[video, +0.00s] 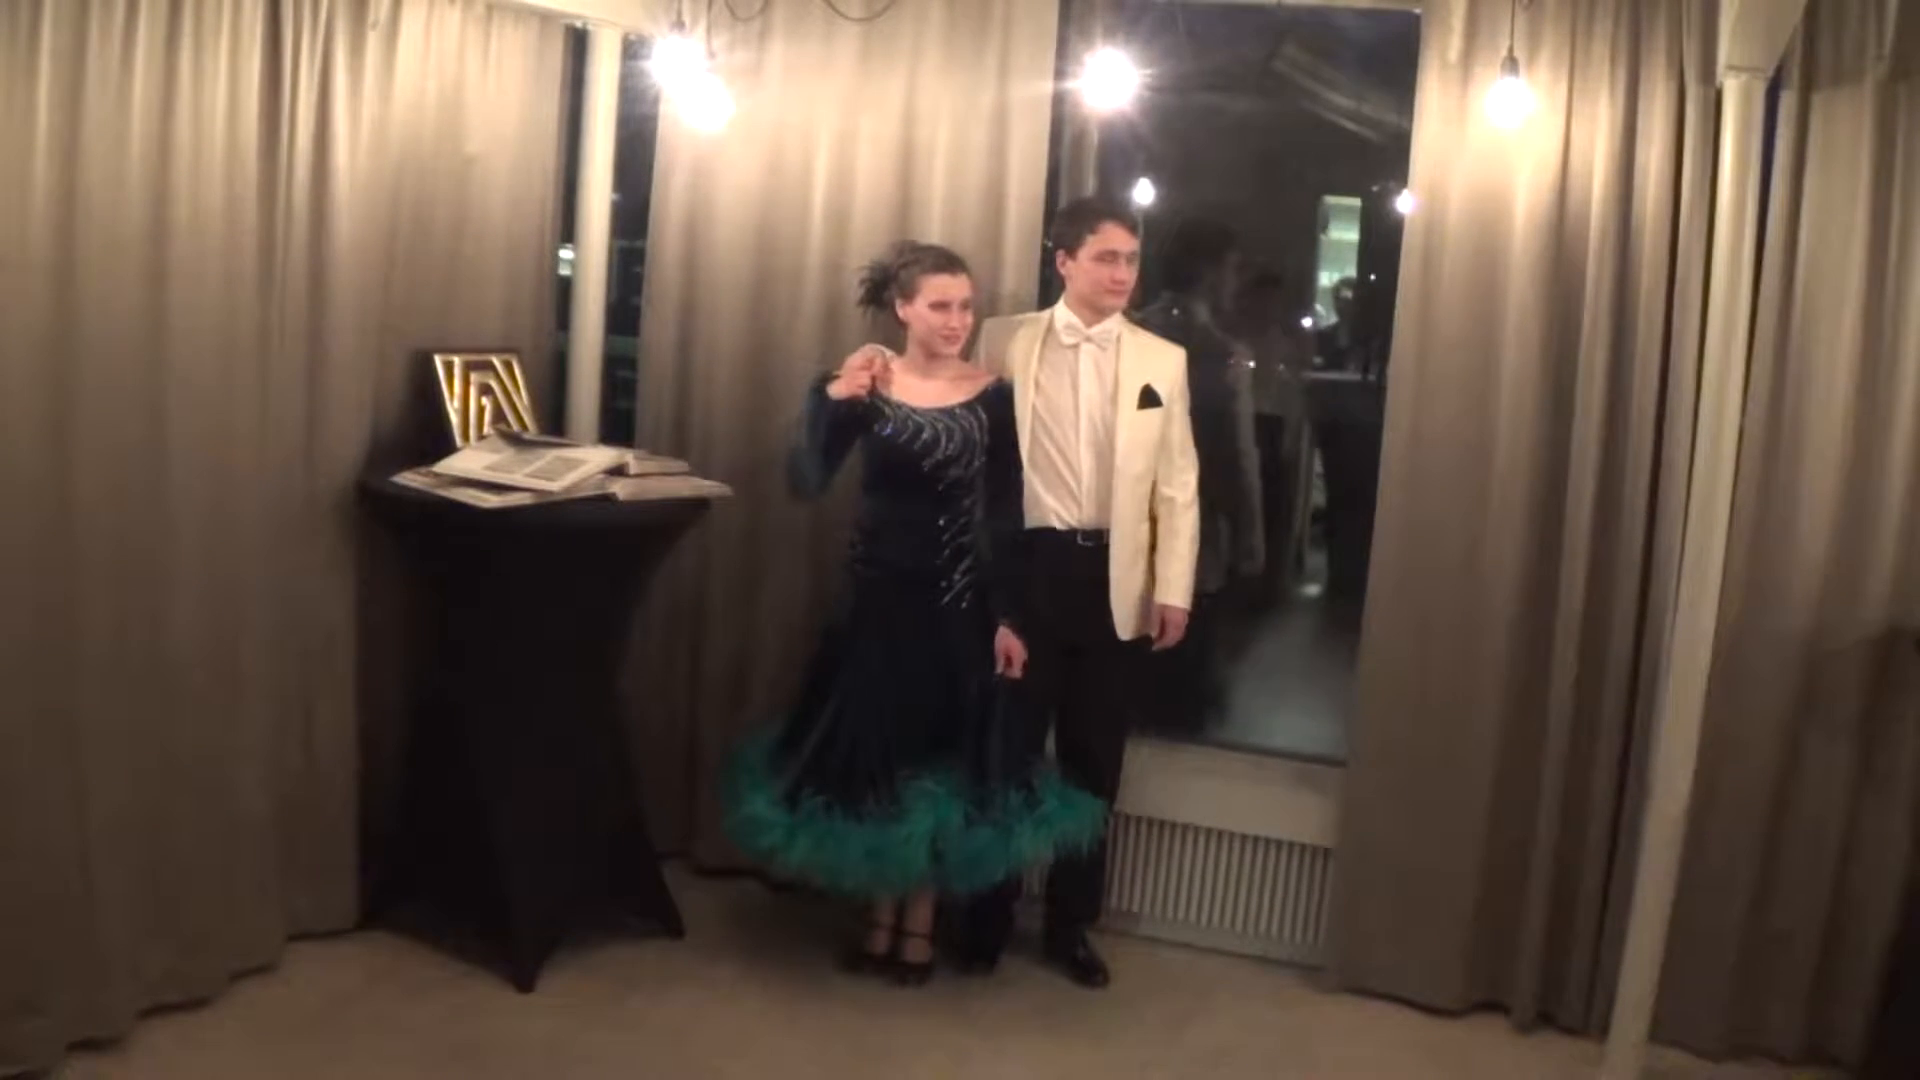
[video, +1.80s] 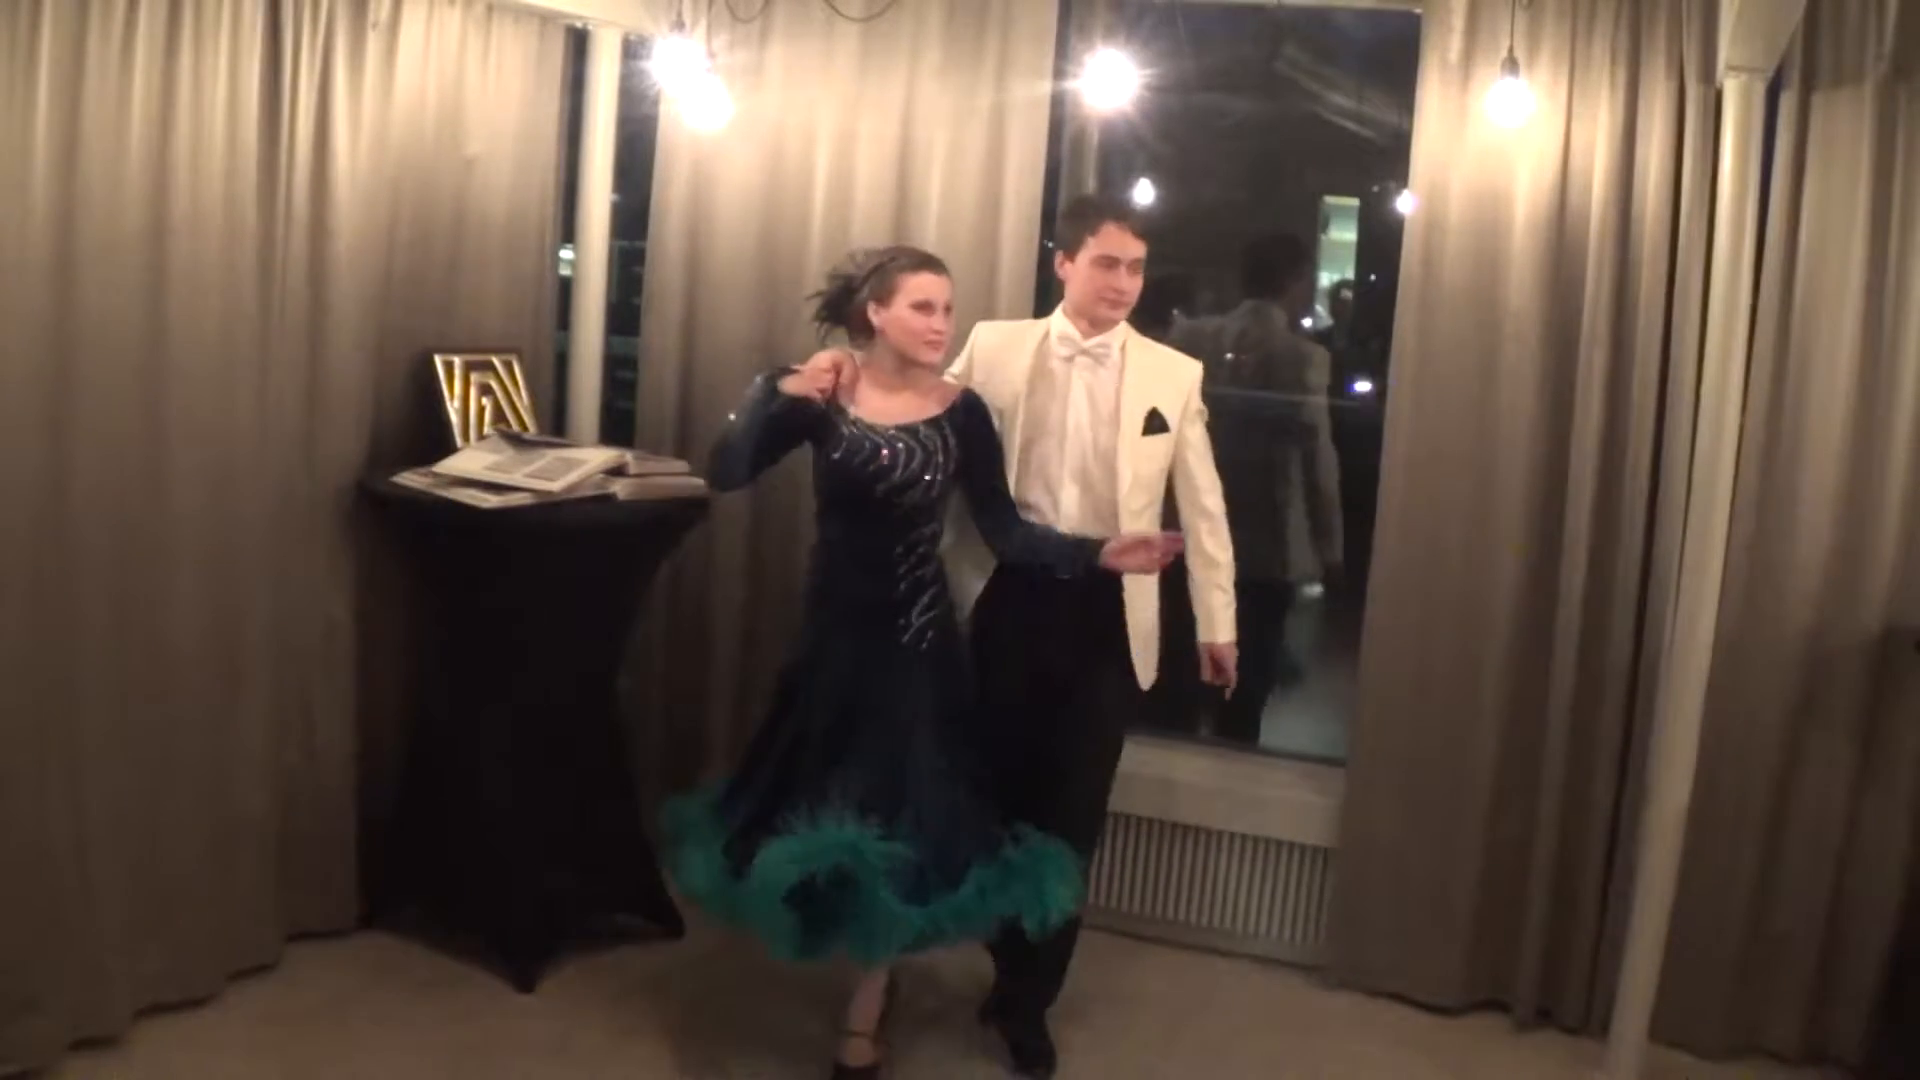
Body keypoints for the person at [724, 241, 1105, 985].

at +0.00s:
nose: (956, 321)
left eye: (965, 307)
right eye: (939, 306)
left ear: (978, 312)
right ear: (900, 310)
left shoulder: (990, 393)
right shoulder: (870, 383)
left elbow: (1004, 512)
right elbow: (808, 478)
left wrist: (1007, 615)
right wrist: (834, 397)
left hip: (959, 597)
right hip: (882, 591)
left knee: (939, 752)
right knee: (882, 749)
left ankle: (921, 909)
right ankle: (881, 905)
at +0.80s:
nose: (937, 354)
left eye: (941, 334)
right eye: (917, 346)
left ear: (953, 322)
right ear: (888, 351)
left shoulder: (992, 407)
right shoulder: (875, 408)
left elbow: (1011, 519)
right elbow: (809, 494)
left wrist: (972, 520)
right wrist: (825, 416)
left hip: (964, 610)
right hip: (889, 603)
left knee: (936, 759)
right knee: (869, 755)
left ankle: (915, 920)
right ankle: (872, 951)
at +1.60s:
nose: (933, 323)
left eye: (940, 309)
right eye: (915, 309)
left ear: (948, 317)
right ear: (869, 317)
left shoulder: (968, 407)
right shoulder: (837, 393)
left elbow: (991, 525)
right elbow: (747, 479)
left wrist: (1055, 607)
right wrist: (788, 400)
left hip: (933, 617)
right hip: (850, 611)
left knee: (917, 793)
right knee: (848, 785)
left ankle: (883, 985)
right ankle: (878, 954)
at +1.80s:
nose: (942, 324)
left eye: (948, 310)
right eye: (924, 308)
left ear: (953, 320)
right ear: (872, 316)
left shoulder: (962, 412)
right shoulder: (827, 400)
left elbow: (1005, 532)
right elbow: (726, 471)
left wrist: (1105, 551)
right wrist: (782, 389)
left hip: (924, 626)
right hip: (842, 620)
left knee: (905, 799)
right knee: (846, 790)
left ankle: (870, 985)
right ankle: (872, 965)